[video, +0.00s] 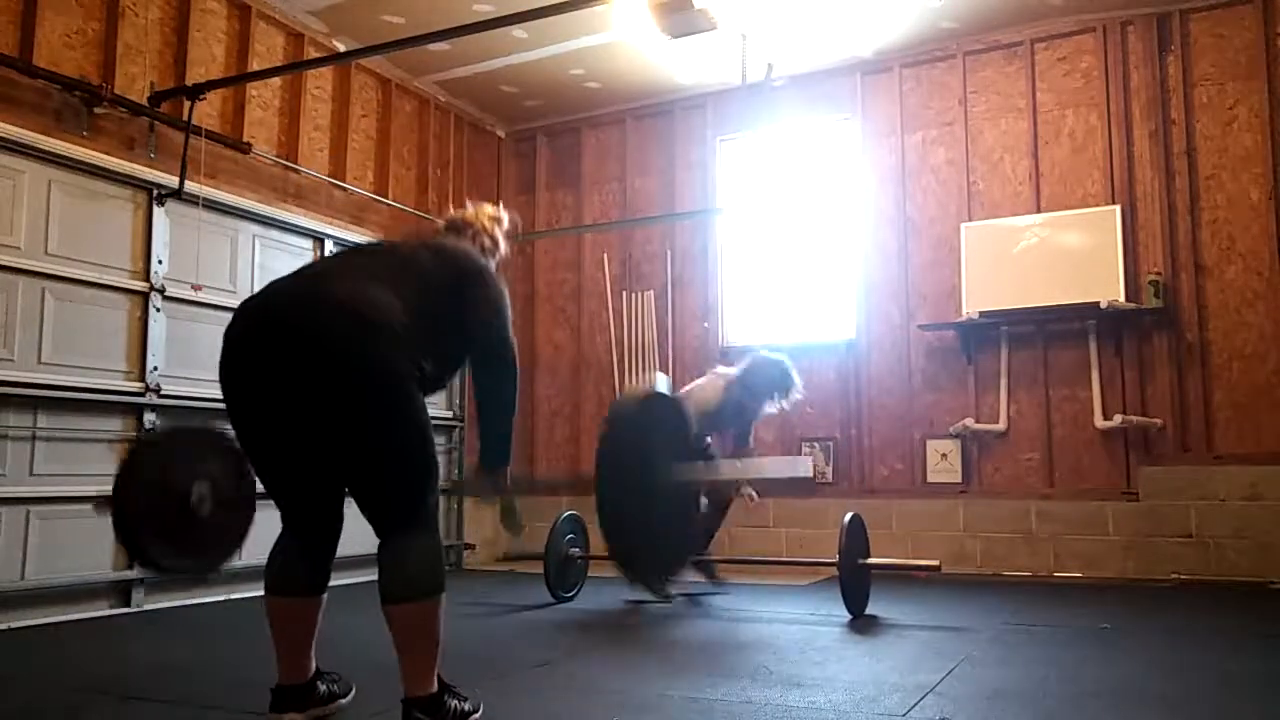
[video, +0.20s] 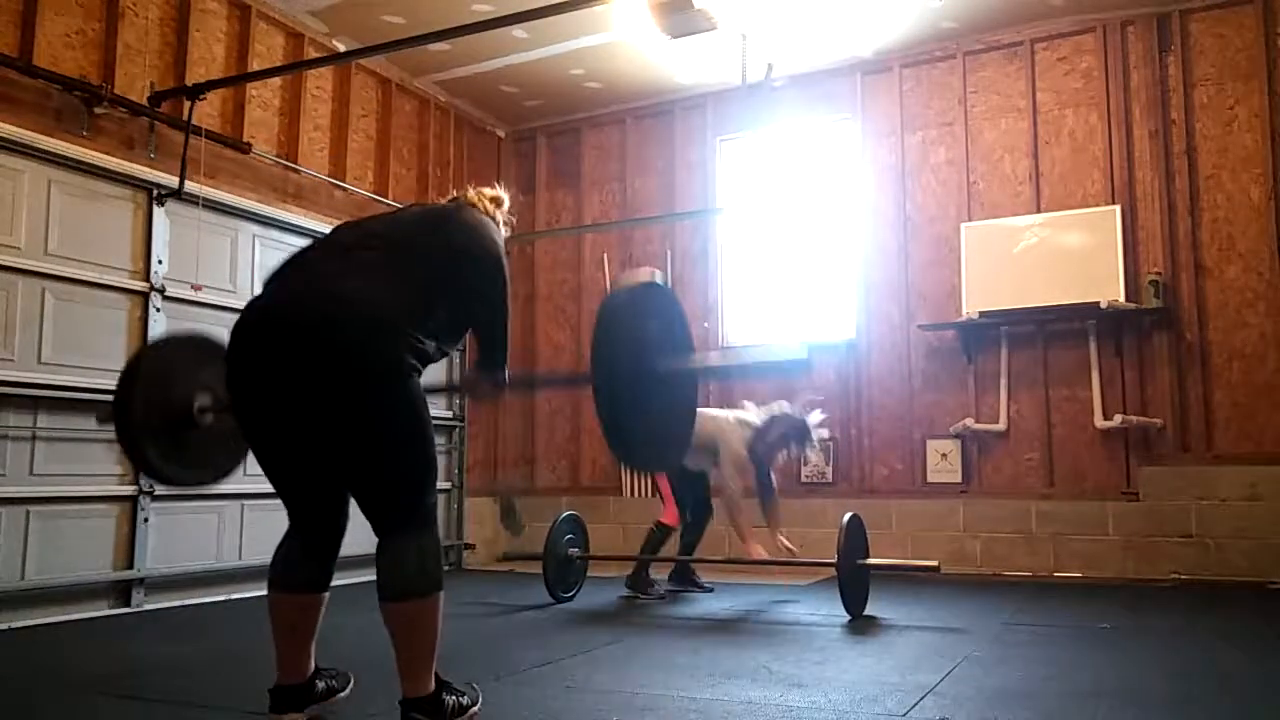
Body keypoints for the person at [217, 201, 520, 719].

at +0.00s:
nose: (494, 267)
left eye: (494, 259)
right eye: (493, 259)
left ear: (442, 234)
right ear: (485, 252)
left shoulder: (385, 254)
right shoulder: (475, 275)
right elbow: (497, 366)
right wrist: (494, 472)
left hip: (255, 345)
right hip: (357, 362)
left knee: (308, 518)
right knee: (407, 524)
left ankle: (294, 685)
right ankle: (424, 696)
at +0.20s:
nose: (500, 250)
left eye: (502, 242)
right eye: (501, 241)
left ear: (455, 205)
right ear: (493, 227)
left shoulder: (388, 227)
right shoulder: (480, 241)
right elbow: (491, 374)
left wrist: (236, 386)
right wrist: (480, 379)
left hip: (263, 355)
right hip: (362, 370)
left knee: (313, 518)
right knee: (406, 525)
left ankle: (293, 683)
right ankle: (421, 695)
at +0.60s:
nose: (493, 260)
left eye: (496, 252)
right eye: (493, 250)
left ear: (449, 221)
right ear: (478, 233)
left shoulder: (389, 247)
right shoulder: (472, 265)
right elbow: (494, 349)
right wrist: (497, 441)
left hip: (254, 346)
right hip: (351, 365)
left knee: (309, 518)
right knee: (399, 528)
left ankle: (294, 685)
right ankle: (420, 695)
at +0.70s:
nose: (495, 289)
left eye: (494, 277)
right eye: (496, 277)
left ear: (438, 257)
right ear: (488, 272)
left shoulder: (392, 280)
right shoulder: (475, 302)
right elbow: (491, 404)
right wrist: (500, 500)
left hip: (249, 361)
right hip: (353, 374)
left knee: (320, 519)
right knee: (411, 525)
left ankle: (297, 686)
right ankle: (425, 697)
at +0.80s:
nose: (495, 327)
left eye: (497, 318)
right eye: (496, 317)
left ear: (442, 294)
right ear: (488, 307)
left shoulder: (394, 319)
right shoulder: (473, 337)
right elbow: (492, 451)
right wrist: (500, 547)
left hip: (245, 384)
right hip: (349, 395)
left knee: (331, 521)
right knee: (422, 528)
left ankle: (298, 686)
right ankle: (426, 696)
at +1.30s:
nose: (505, 279)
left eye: (507, 268)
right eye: (506, 267)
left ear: (461, 242)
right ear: (497, 260)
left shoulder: (406, 268)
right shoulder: (475, 289)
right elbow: (466, 392)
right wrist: (451, 486)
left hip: (251, 358)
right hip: (340, 374)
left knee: (320, 518)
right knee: (405, 521)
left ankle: (297, 684)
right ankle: (422, 696)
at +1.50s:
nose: (511, 229)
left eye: (516, 220)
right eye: (514, 218)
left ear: (466, 194)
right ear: (505, 206)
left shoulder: (410, 221)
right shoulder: (486, 234)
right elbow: (440, 314)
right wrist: (425, 400)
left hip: (269, 345)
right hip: (347, 358)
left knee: (330, 505)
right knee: (401, 499)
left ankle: (286, 678)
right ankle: (336, 680)